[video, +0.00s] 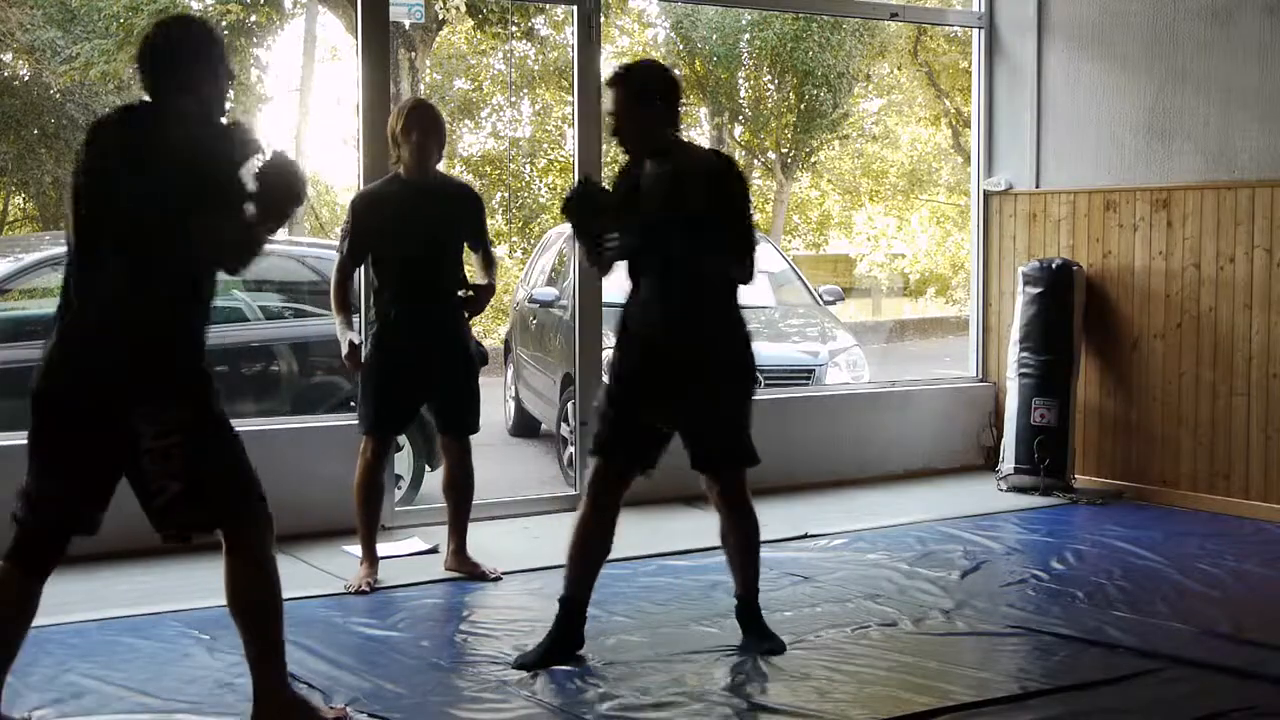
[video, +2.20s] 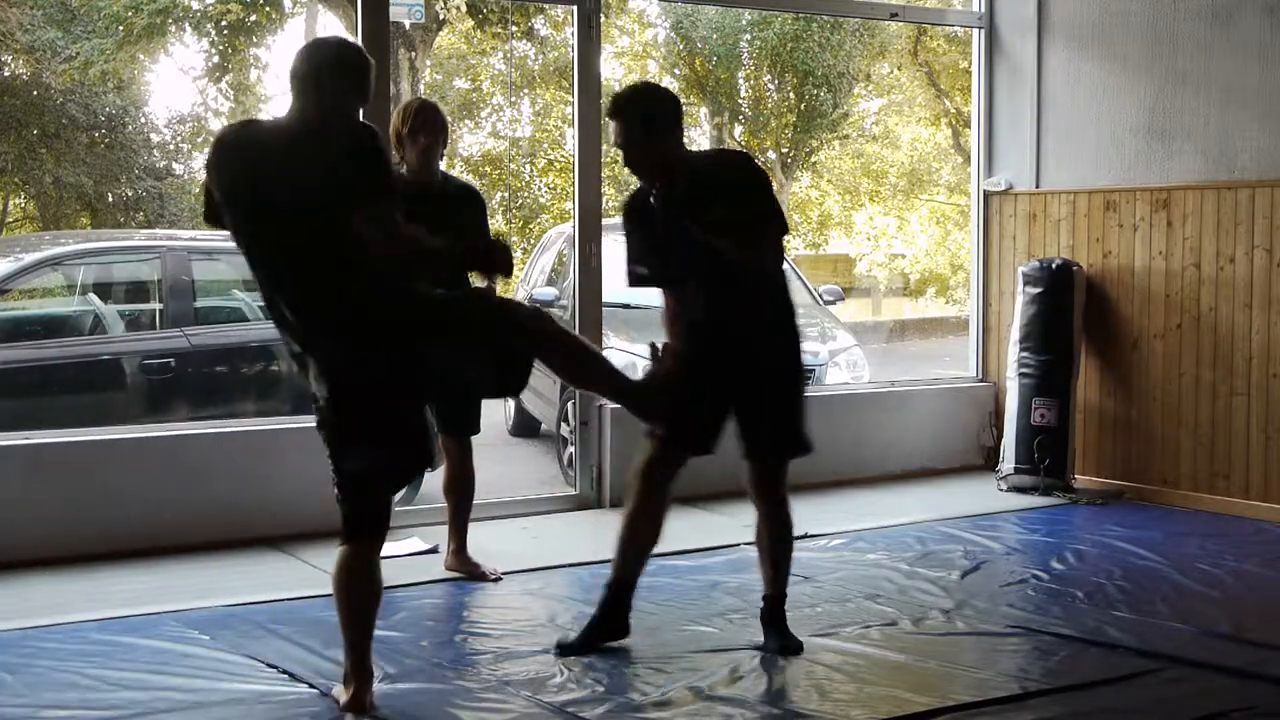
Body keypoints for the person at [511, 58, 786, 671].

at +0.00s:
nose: (612, 126)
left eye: (620, 113)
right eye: (611, 114)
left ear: (657, 110)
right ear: (646, 114)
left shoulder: (718, 172)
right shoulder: (631, 182)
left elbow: (742, 265)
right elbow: (602, 266)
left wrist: (659, 240)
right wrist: (588, 229)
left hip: (713, 353)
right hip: (645, 355)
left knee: (730, 490)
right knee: (603, 488)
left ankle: (751, 617)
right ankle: (567, 629)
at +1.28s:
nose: (578, 146)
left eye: (583, 132)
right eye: (575, 134)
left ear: (617, 122)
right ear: (602, 126)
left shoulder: (690, 165)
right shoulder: (600, 193)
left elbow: (711, 249)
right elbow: (599, 288)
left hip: (701, 353)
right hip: (633, 356)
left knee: (729, 483)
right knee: (592, 474)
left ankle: (773, 610)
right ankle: (610, 620)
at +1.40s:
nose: (586, 156)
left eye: (591, 142)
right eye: (582, 145)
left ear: (626, 130)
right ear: (601, 137)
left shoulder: (701, 171)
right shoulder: (608, 208)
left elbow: (720, 252)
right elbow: (621, 301)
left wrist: (653, 205)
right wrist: (611, 381)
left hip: (713, 363)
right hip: (644, 369)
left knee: (732, 490)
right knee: (587, 472)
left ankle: (769, 615)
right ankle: (609, 620)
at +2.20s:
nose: (621, 156)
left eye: (626, 142)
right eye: (618, 143)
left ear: (662, 133)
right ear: (650, 137)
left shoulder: (737, 170)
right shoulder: (643, 209)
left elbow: (770, 254)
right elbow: (672, 293)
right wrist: (673, 358)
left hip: (765, 352)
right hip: (700, 355)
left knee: (769, 488)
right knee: (652, 477)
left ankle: (775, 613)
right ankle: (614, 612)